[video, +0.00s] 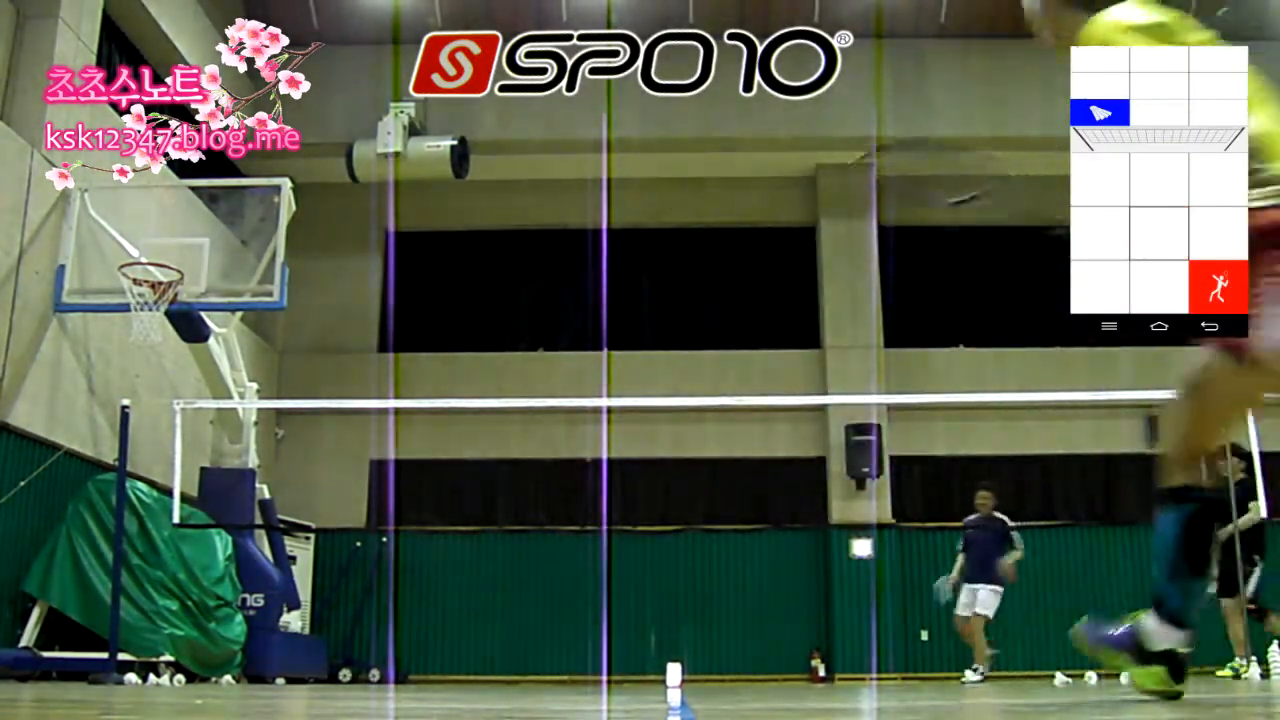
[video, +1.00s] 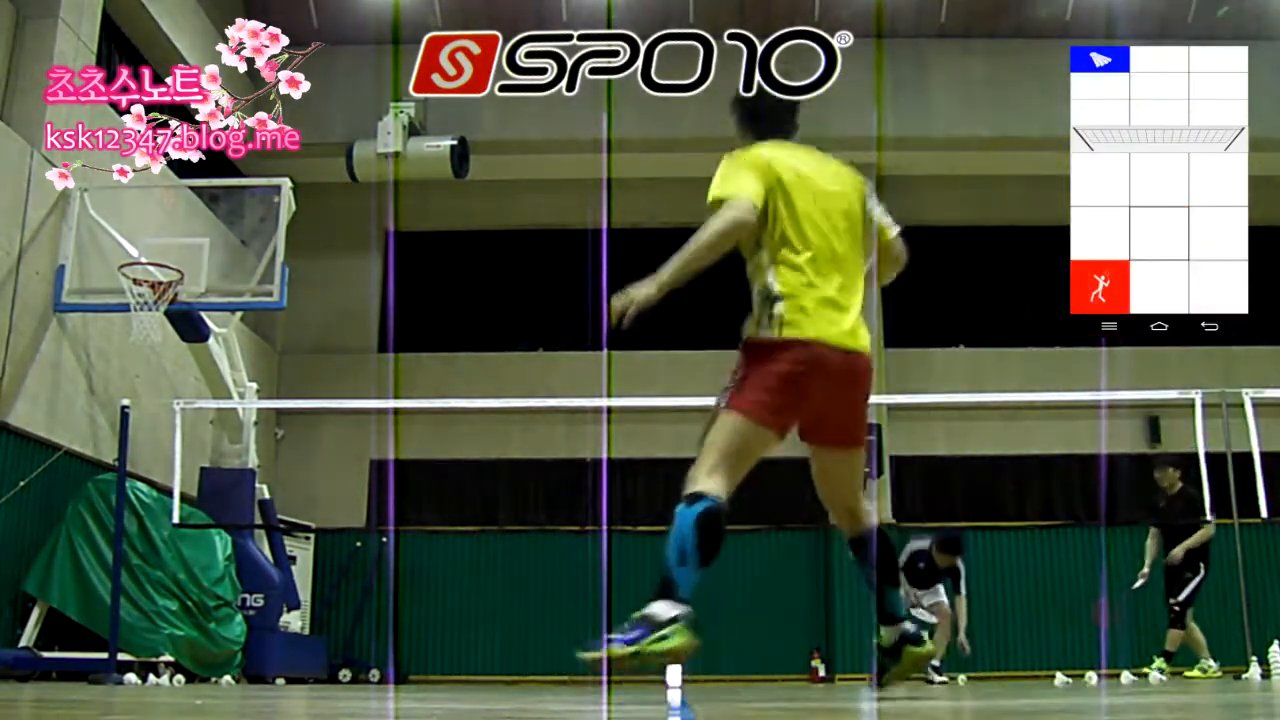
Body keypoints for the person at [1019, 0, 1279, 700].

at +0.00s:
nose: (1043, 37)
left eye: (1040, 24)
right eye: (1038, 27)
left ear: (1055, 9)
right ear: (1085, 0)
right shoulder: (1179, 30)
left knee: (1187, 438)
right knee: (1191, 441)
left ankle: (1165, 633)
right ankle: (1165, 636)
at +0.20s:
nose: (960, 37)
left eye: (964, 27)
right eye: (970, 24)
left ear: (972, 41)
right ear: (1028, 43)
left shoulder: (986, 88)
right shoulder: (1060, 100)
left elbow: (1019, 140)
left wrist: (1004, 247)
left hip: (1090, 306)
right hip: (1122, 304)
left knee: (1129, 462)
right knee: (1049, 477)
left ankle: (1268, 487)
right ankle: (1128, 647)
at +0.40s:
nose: (875, 45)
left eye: (876, 36)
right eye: (876, 39)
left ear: (893, 27)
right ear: (939, 27)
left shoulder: (908, 49)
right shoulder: (999, 83)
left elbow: (871, 82)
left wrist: (765, 129)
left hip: (974, 253)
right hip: (1024, 261)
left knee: (944, 423)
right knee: (970, 436)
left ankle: (1022, 586)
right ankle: (1055, 582)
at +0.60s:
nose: (806, 125)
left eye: (809, 116)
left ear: (817, 112)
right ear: (870, 112)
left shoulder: (826, 148)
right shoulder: (923, 172)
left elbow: (787, 191)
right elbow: (966, 261)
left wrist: (666, 204)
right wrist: (897, 277)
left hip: (863, 343)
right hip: (933, 354)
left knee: (792, 485)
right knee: (897, 511)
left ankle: (727, 634)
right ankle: (926, 656)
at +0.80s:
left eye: (780, 128)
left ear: (782, 132)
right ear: (837, 129)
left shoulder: (779, 169)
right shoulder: (881, 191)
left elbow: (760, 227)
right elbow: (937, 270)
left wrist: (657, 271)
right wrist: (874, 256)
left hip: (805, 361)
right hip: (872, 370)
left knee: (731, 490)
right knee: (842, 509)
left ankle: (711, 609)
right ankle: (908, 631)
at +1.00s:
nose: (738, 125)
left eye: (739, 117)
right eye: (750, 115)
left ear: (742, 122)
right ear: (794, 122)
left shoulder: (749, 160)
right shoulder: (844, 176)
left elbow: (740, 216)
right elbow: (894, 254)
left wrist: (657, 284)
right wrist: (842, 291)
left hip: (787, 346)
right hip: (853, 354)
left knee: (713, 475)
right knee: (850, 506)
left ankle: (671, 606)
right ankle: (900, 627)